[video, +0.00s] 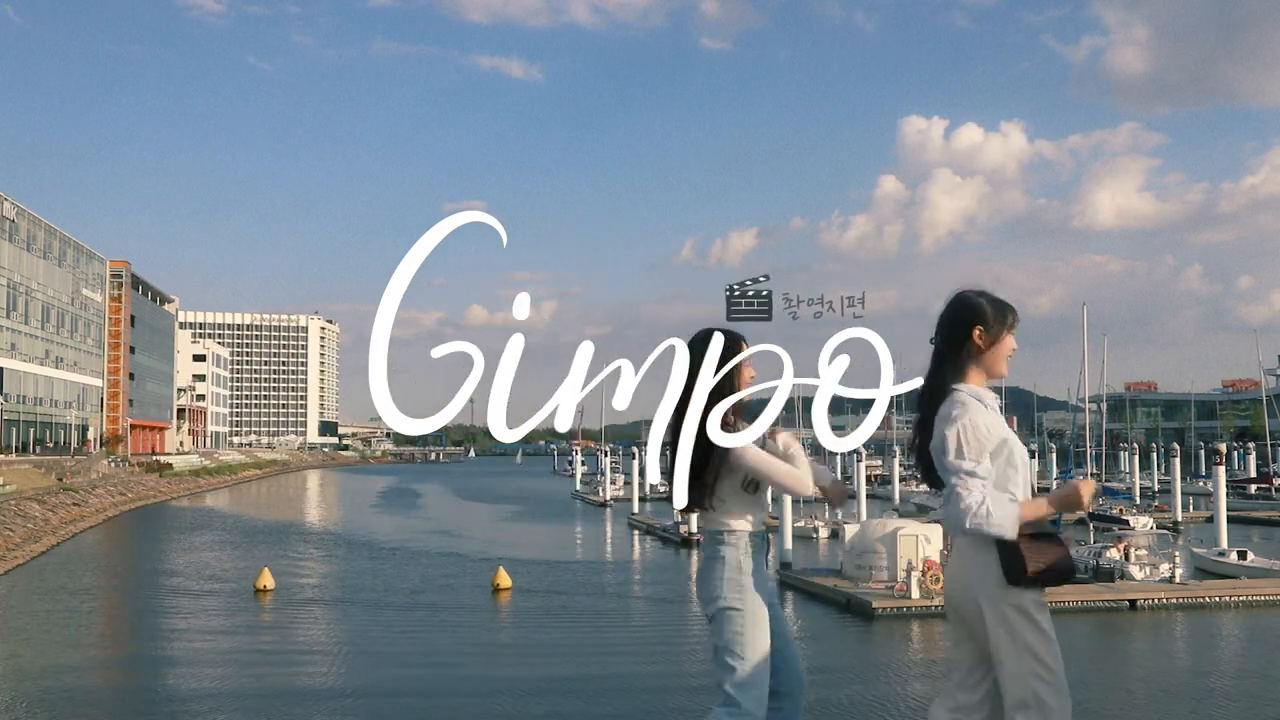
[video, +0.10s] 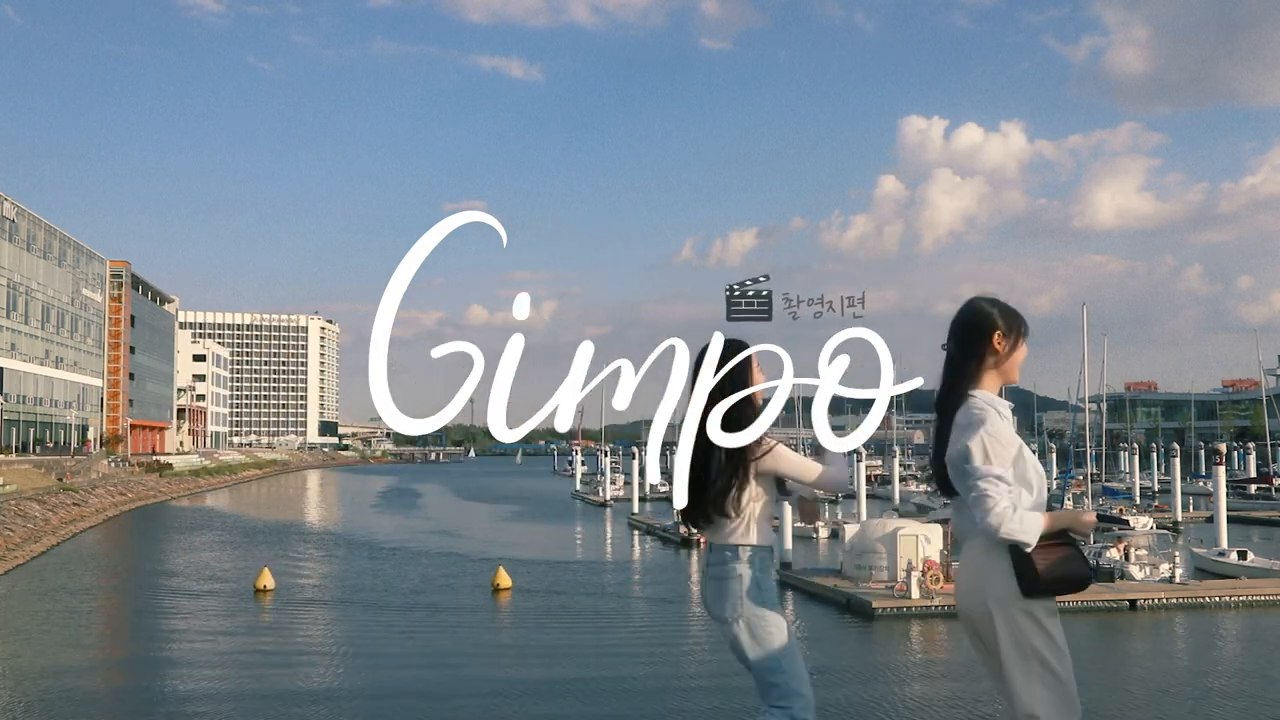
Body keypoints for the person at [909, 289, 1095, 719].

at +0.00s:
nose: (1014, 345)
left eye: (1013, 334)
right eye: (1008, 334)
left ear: (979, 339)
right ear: (979, 337)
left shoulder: (966, 405)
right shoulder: (967, 409)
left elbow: (975, 503)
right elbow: (971, 508)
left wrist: (1044, 505)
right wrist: (1056, 502)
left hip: (972, 559)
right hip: (991, 560)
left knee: (966, 700)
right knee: (1043, 702)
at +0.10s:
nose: (1025, 354)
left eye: (1025, 343)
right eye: (1022, 342)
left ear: (991, 344)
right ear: (998, 342)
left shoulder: (973, 413)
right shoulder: (984, 417)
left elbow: (986, 514)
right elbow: (994, 515)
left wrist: (1057, 519)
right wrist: (1066, 519)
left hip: (983, 566)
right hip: (1000, 569)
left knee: (1030, 703)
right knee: (1053, 704)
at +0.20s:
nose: (1034, 347)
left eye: (1034, 337)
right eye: (1033, 336)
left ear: (981, 333)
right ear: (1014, 333)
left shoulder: (981, 397)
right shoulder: (996, 399)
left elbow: (1016, 484)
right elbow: (1027, 494)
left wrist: (1064, 500)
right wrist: (1071, 494)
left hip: (995, 554)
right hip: (1007, 558)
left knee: (1042, 693)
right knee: (1079, 689)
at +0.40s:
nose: (1054, 327)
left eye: (1053, 316)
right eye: (1055, 315)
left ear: (996, 311)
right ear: (1042, 309)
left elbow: (993, 478)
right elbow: (1084, 462)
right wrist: (1091, 436)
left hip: (1010, 535)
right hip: (1034, 537)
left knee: (1095, 690)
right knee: (1029, 694)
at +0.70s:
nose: (1092, 331)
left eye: (1090, 321)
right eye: (1092, 320)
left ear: (1034, 318)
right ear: (1080, 316)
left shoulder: (1033, 382)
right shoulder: (1070, 382)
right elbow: (1124, 472)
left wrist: (1118, 446)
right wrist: (1132, 449)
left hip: (1053, 543)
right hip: (1070, 546)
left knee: (1126, 693)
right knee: (1062, 695)